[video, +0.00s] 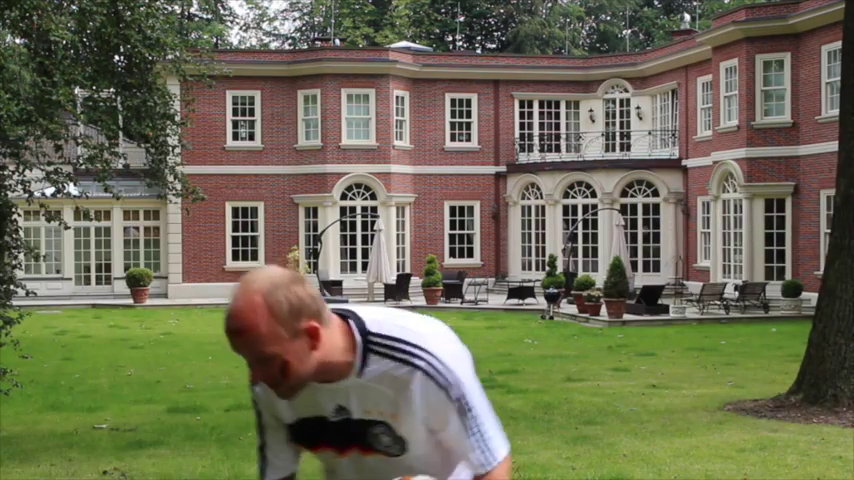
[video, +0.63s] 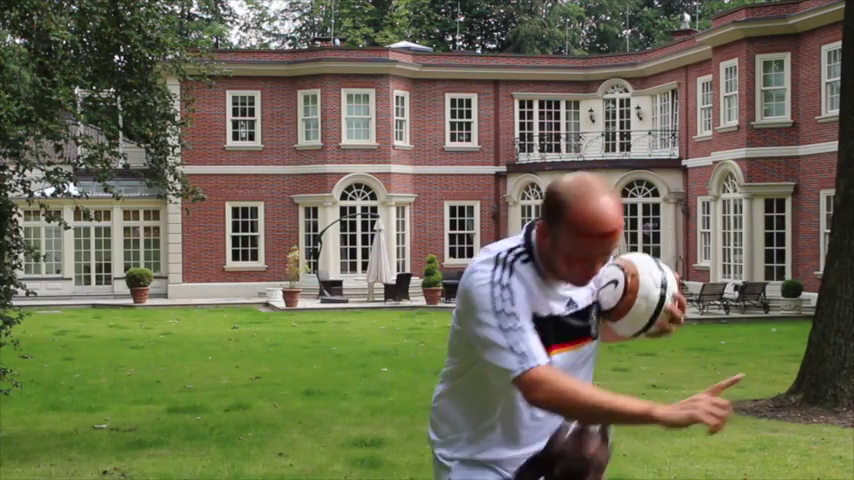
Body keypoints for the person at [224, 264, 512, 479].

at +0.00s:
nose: (256, 379)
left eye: (268, 361)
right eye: (248, 362)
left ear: (311, 335)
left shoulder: (427, 356)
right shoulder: (268, 377)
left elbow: (496, 467)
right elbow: (276, 473)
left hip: (442, 470)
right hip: (351, 470)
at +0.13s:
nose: (302, 385)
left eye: (313, 370)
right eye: (296, 371)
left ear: (355, 343)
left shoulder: (468, 341)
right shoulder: (310, 386)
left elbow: (549, 417)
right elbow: (313, 473)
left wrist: (539, 477)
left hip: (494, 462)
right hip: (404, 470)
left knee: (472, 462)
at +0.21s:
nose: (352, 376)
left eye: (363, 362)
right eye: (343, 363)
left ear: (398, 333)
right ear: (334, 353)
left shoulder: (508, 330)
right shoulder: (345, 383)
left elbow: (579, 400)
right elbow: (351, 472)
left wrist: (576, 472)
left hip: (521, 465)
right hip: (428, 469)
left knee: (523, 444)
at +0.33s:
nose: (439, 350)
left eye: (451, 335)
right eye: (427, 337)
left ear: (482, 301)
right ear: (412, 319)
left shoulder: (556, 298)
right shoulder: (401, 345)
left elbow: (608, 367)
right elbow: (423, 464)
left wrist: (624, 425)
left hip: (557, 467)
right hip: (469, 470)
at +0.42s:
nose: (498, 326)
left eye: (509, 312)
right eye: (484, 314)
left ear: (533, 277)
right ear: (464, 295)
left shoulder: (576, 280)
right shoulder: (435, 320)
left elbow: (614, 368)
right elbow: (463, 440)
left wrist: (647, 393)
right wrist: (569, 475)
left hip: (567, 459)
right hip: (476, 467)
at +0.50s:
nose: (546, 302)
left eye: (556, 288)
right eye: (532, 291)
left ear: (571, 259)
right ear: (500, 263)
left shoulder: (590, 268)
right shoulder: (462, 301)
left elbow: (626, 330)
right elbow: (497, 418)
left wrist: (663, 359)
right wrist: (614, 448)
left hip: (568, 463)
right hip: (480, 466)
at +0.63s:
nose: (596, 268)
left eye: (605, 256)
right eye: (584, 258)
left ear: (614, 236)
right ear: (543, 234)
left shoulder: (596, 269)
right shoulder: (492, 279)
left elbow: (594, 325)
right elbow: (538, 386)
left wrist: (651, 318)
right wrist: (661, 412)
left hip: (555, 452)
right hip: (479, 461)